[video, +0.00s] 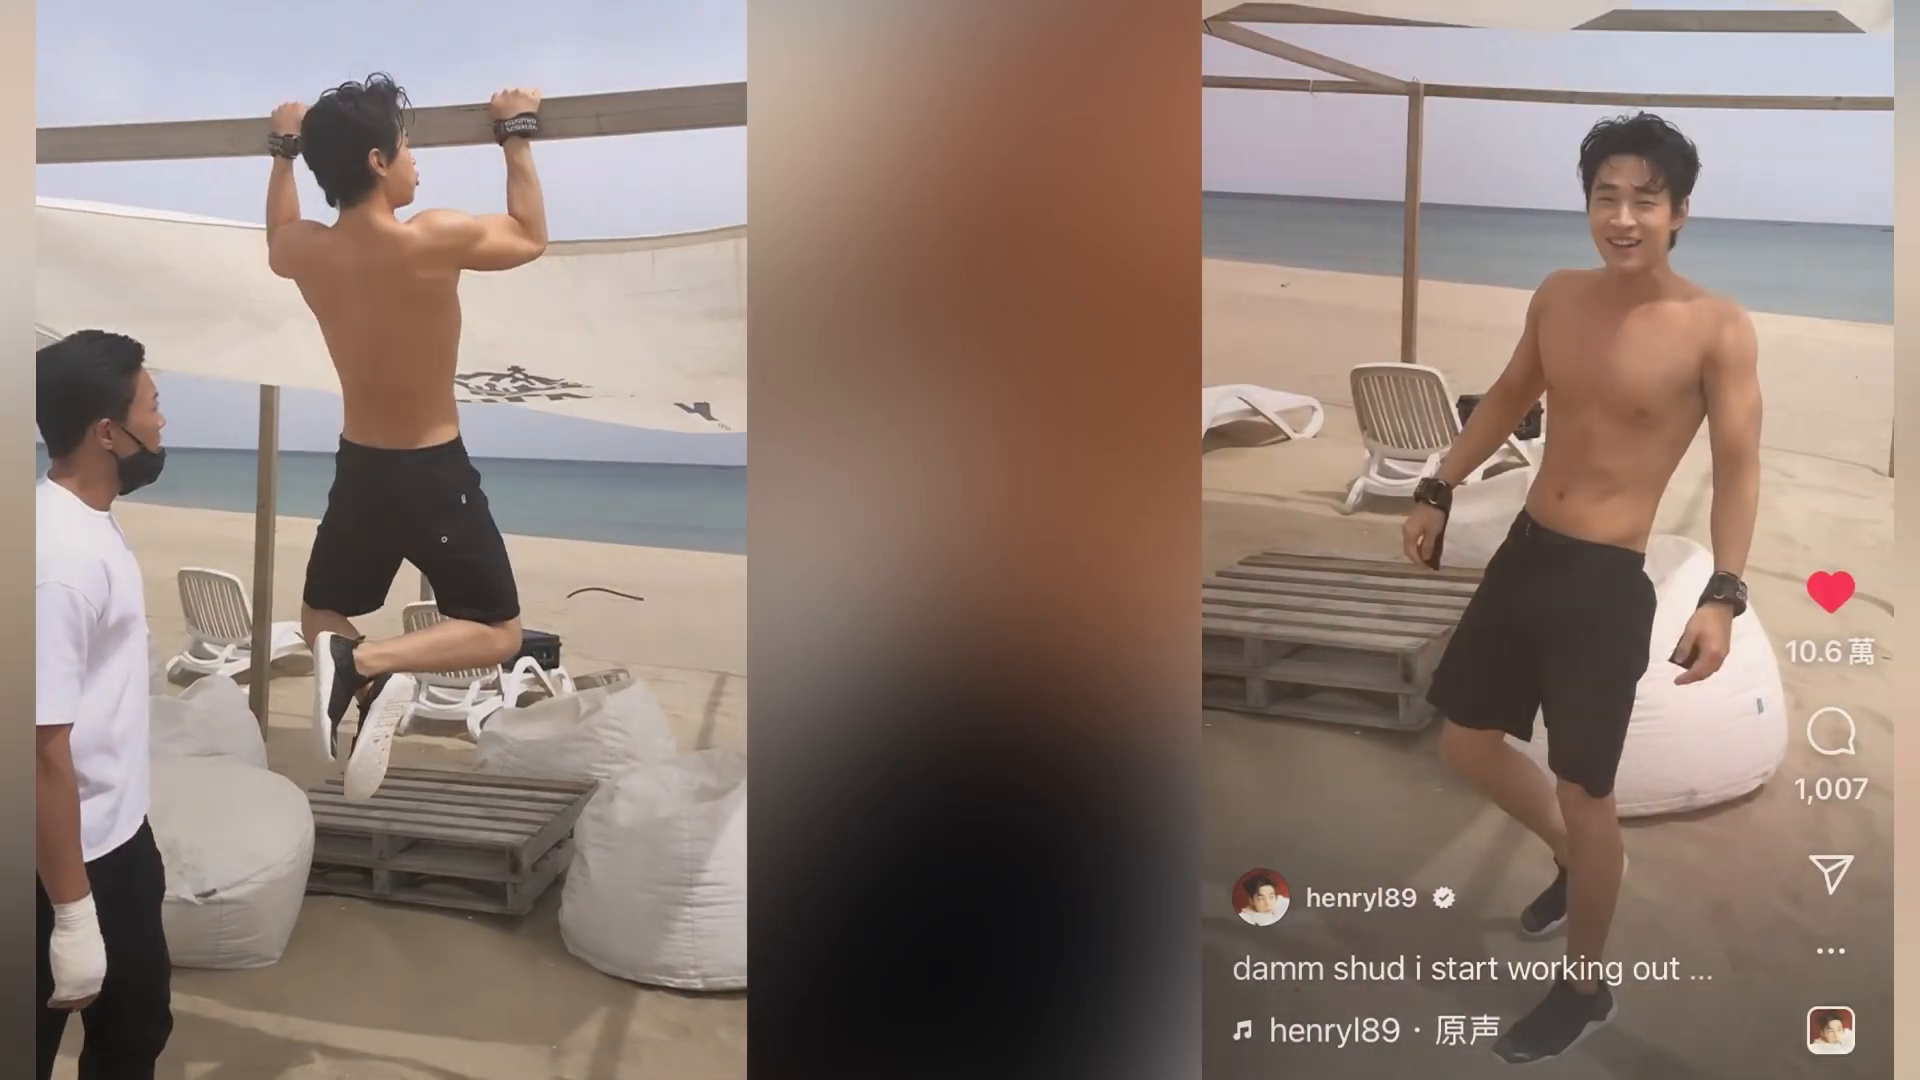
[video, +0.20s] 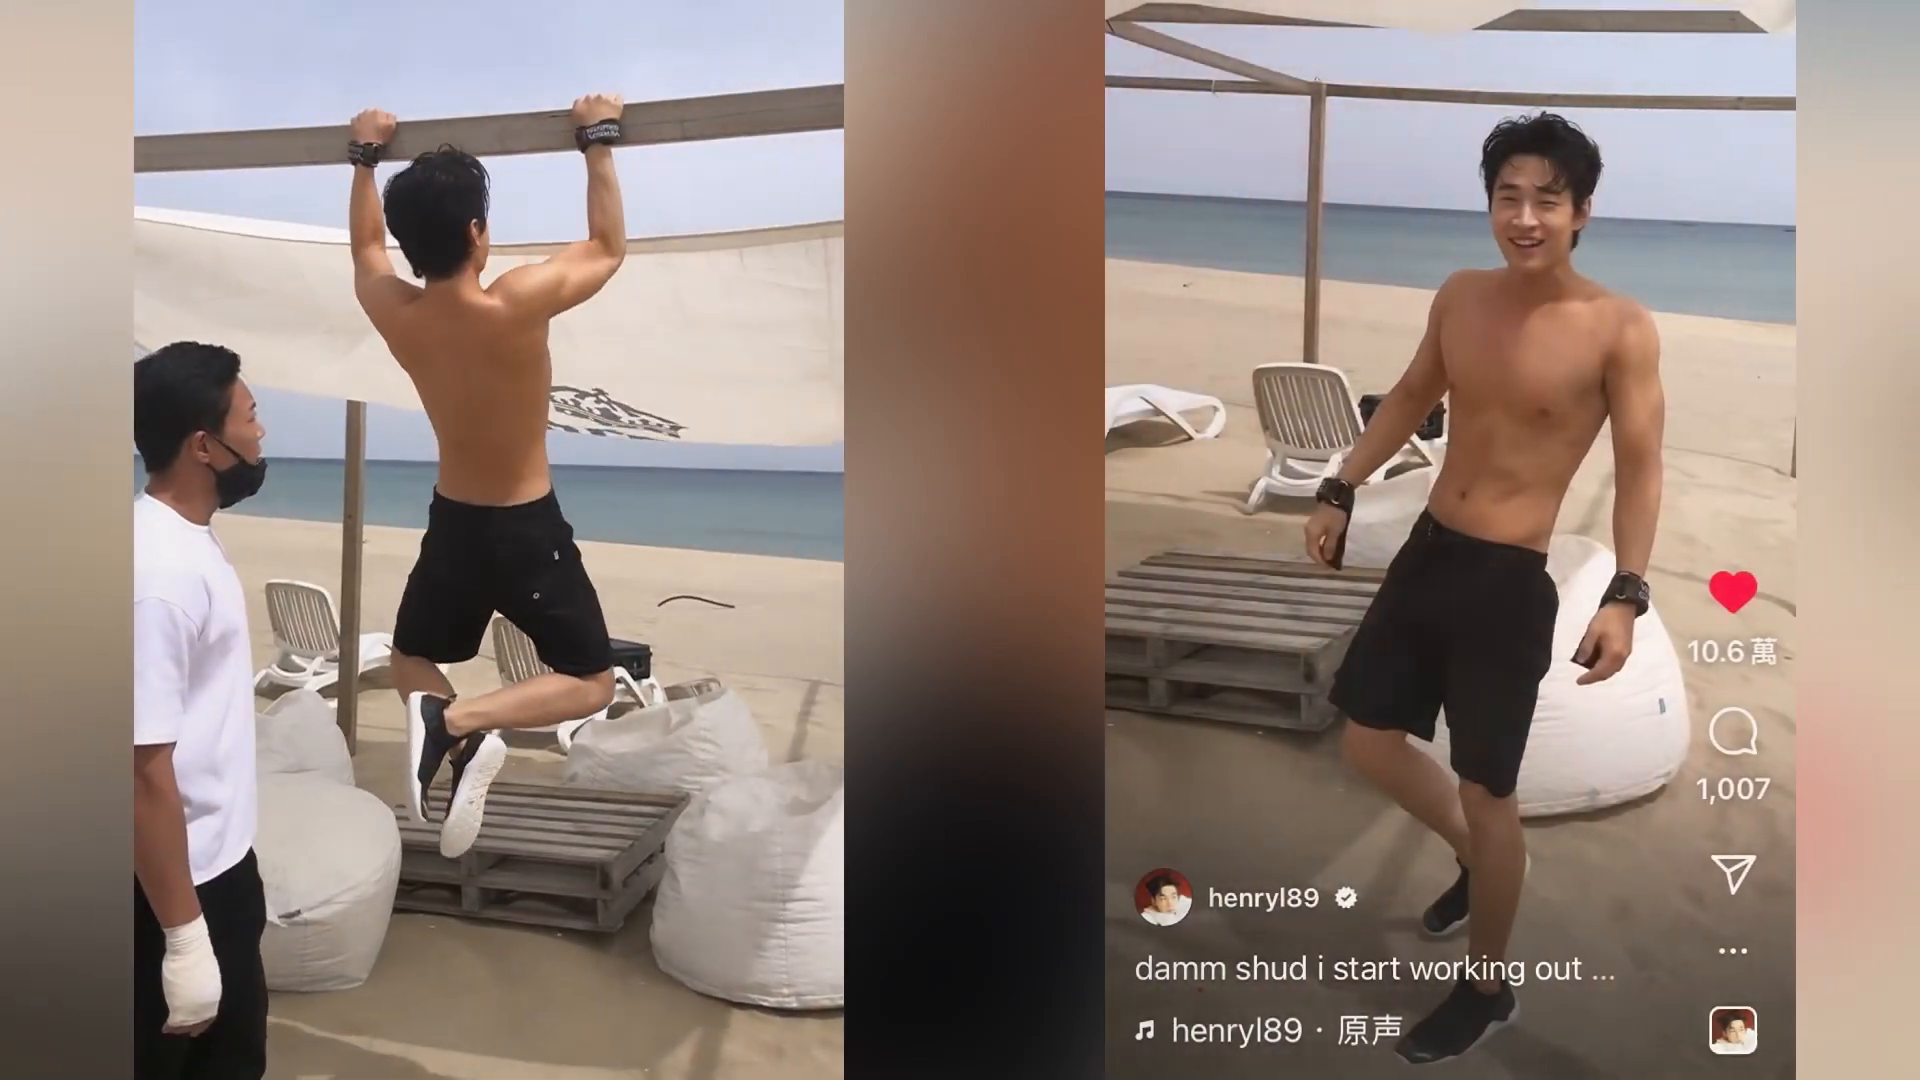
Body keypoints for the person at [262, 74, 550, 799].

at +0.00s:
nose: (414, 157)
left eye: (408, 142)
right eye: (404, 145)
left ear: (333, 169)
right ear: (378, 161)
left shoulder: (308, 250)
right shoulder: (433, 237)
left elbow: (281, 238)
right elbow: (529, 235)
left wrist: (282, 152)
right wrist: (519, 135)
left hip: (360, 475)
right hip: (436, 476)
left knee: (323, 614)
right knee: (500, 632)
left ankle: (370, 706)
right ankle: (363, 660)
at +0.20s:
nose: (489, 224)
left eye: (484, 214)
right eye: (485, 215)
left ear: (407, 241)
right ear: (477, 233)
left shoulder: (401, 314)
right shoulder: (523, 299)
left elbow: (371, 248)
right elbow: (606, 248)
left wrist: (362, 160)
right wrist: (600, 144)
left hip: (454, 529)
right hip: (529, 529)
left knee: (411, 659)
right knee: (592, 683)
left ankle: (470, 749)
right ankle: (450, 719)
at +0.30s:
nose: (514, 242)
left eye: (504, 234)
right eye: (507, 235)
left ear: (437, 264)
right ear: (500, 253)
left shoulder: (426, 339)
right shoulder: (548, 319)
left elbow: (392, 254)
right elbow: (626, 253)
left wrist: (381, 161)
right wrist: (620, 144)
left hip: (479, 552)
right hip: (556, 553)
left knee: (436, 681)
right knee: (616, 709)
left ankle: (495, 781)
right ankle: (474, 748)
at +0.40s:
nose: (532, 262)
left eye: (520, 255)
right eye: (526, 255)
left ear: (452, 286)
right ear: (519, 275)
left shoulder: (445, 356)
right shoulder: (565, 337)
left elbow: (410, 267)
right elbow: (641, 262)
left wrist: (397, 167)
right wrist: (635, 151)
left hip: (498, 571)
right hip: (576, 573)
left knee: (452, 703)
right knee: (635, 732)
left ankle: (512, 801)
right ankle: (495, 774)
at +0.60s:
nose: (538, 263)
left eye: (526, 256)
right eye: (533, 257)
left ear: (459, 290)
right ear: (526, 277)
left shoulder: (449, 361)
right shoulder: (575, 343)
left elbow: (416, 275)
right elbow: (653, 270)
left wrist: (401, 177)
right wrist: (645, 158)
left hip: (509, 582)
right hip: (589, 583)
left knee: (464, 721)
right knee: (651, 746)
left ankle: (520, 818)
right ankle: (510, 792)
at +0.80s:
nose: (520, 229)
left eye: (515, 215)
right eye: (517, 216)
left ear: (428, 239)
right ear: (506, 232)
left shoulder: (416, 323)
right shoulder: (552, 313)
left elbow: (394, 268)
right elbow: (648, 272)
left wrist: (385, 176)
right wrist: (637, 160)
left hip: (490, 558)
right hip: (575, 556)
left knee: (448, 703)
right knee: (656, 716)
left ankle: (508, 780)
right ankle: (506, 744)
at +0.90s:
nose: (508, 191)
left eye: (502, 180)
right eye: (506, 180)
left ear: (417, 200)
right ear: (496, 194)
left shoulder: (398, 293)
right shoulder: (539, 280)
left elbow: (376, 272)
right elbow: (643, 272)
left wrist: (374, 181)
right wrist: (630, 160)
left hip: (474, 537)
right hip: (560, 533)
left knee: (439, 687)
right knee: (650, 694)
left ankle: (511, 764)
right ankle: (498, 716)